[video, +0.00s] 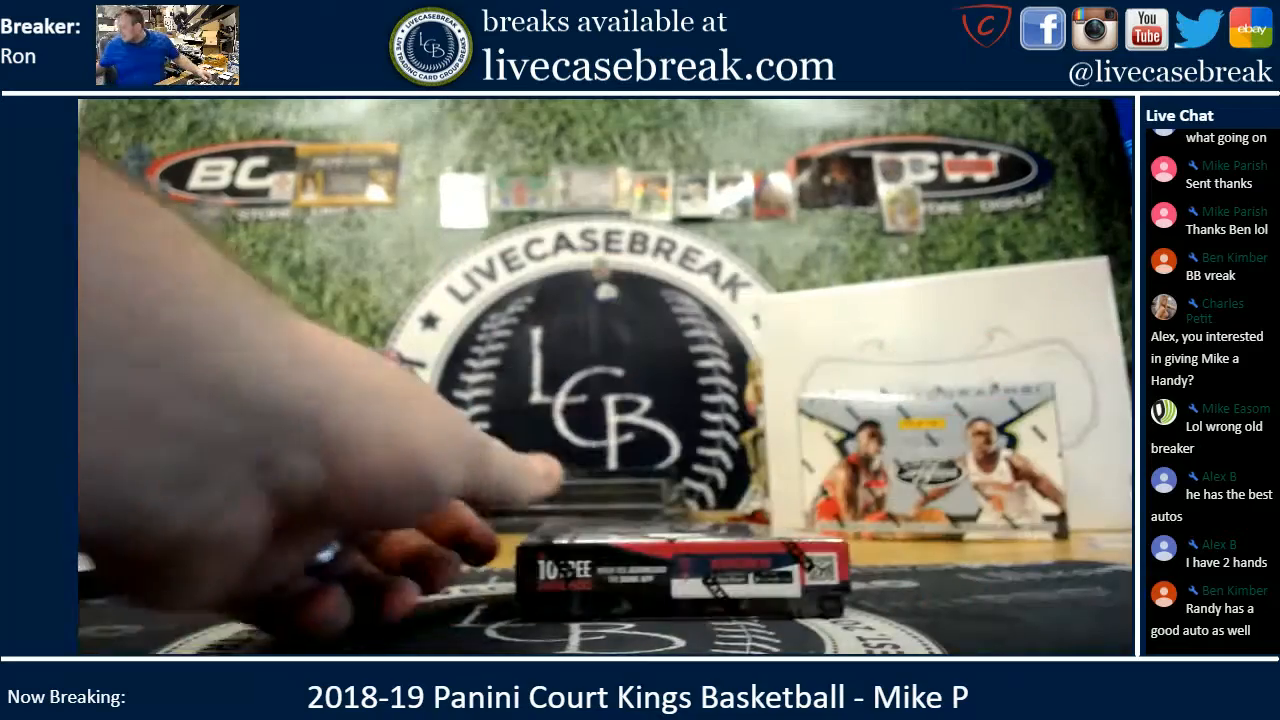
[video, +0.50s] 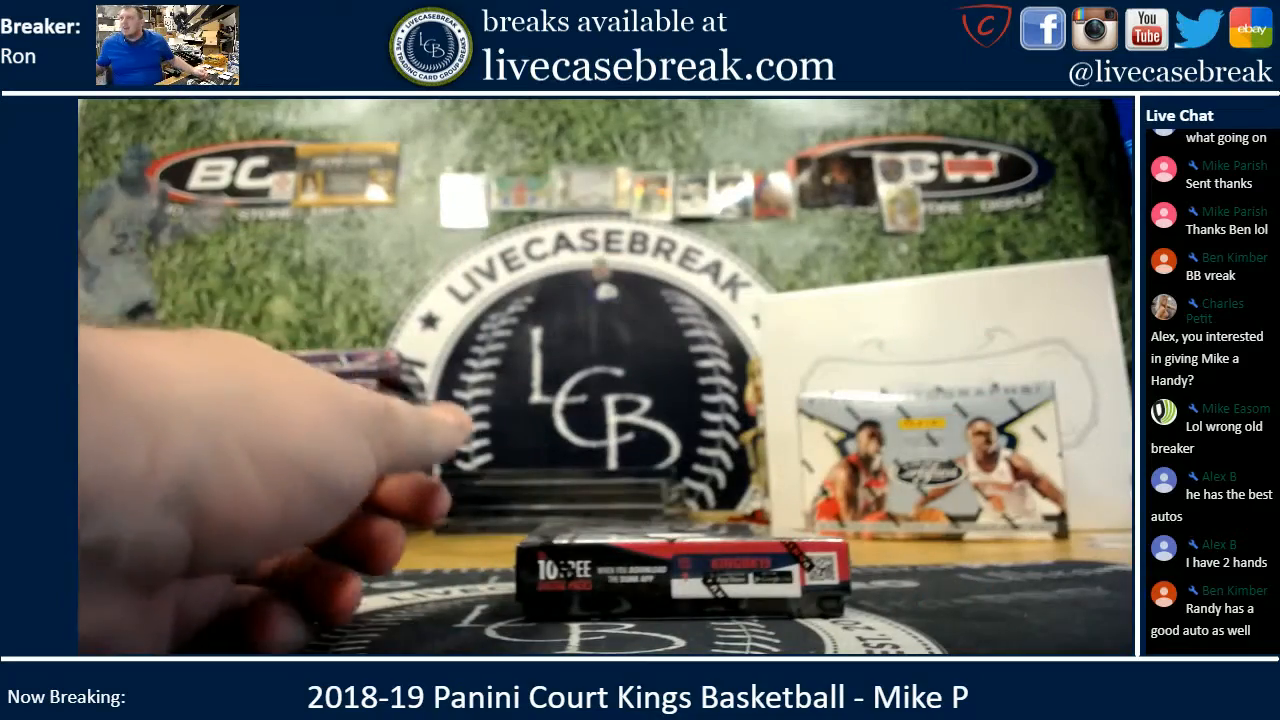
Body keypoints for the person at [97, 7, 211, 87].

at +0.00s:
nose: (120, 31)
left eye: (124, 27)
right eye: (119, 28)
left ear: (138, 26)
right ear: (118, 28)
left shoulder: (161, 41)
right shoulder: (115, 45)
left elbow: (178, 58)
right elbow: (100, 67)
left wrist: (198, 71)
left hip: (156, 101)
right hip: (124, 102)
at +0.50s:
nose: (124, 22)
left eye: (129, 18)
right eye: (121, 18)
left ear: (141, 21)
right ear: (118, 21)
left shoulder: (157, 40)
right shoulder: (110, 43)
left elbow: (173, 60)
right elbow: (99, 68)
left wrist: (194, 71)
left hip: (154, 101)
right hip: (122, 101)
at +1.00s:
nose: (136, 19)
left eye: (141, 16)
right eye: (133, 16)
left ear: (150, 22)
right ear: (128, 20)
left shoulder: (158, 40)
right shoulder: (114, 41)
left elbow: (169, 59)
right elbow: (102, 72)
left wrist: (184, 57)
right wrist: (116, 72)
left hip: (155, 98)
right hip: (124, 99)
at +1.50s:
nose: (144, 19)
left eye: (148, 16)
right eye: (140, 16)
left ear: (154, 21)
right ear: (134, 21)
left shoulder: (160, 38)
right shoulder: (124, 39)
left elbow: (172, 58)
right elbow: (131, 72)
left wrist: (181, 55)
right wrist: (167, 60)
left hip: (159, 92)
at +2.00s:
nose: (157, 27)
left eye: (159, 22)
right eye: (153, 23)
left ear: (160, 21)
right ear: (140, 24)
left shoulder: (160, 38)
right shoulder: (126, 44)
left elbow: (173, 57)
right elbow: (138, 80)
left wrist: (191, 60)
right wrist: (178, 82)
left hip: (163, 90)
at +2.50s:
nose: (157, 27)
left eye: (157, 22)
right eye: (152, 24)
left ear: (159, 21)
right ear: (138, 25)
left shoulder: (160, 38)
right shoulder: (125, 46)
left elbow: (175, 55)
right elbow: (142, 83)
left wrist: (191, 64)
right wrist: (184, 82)